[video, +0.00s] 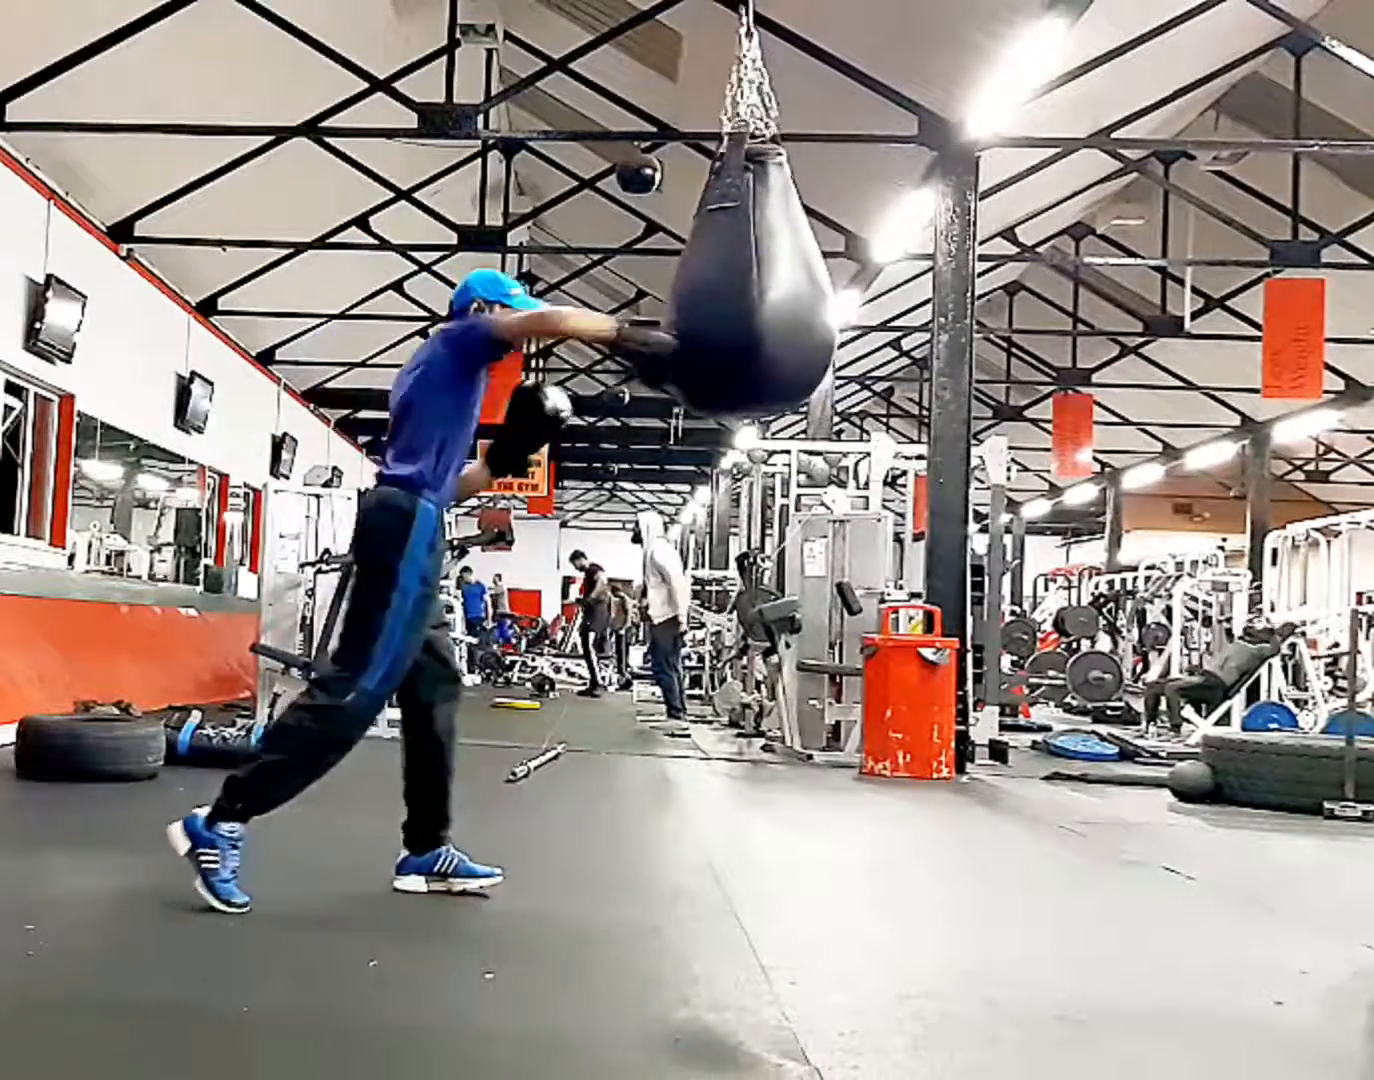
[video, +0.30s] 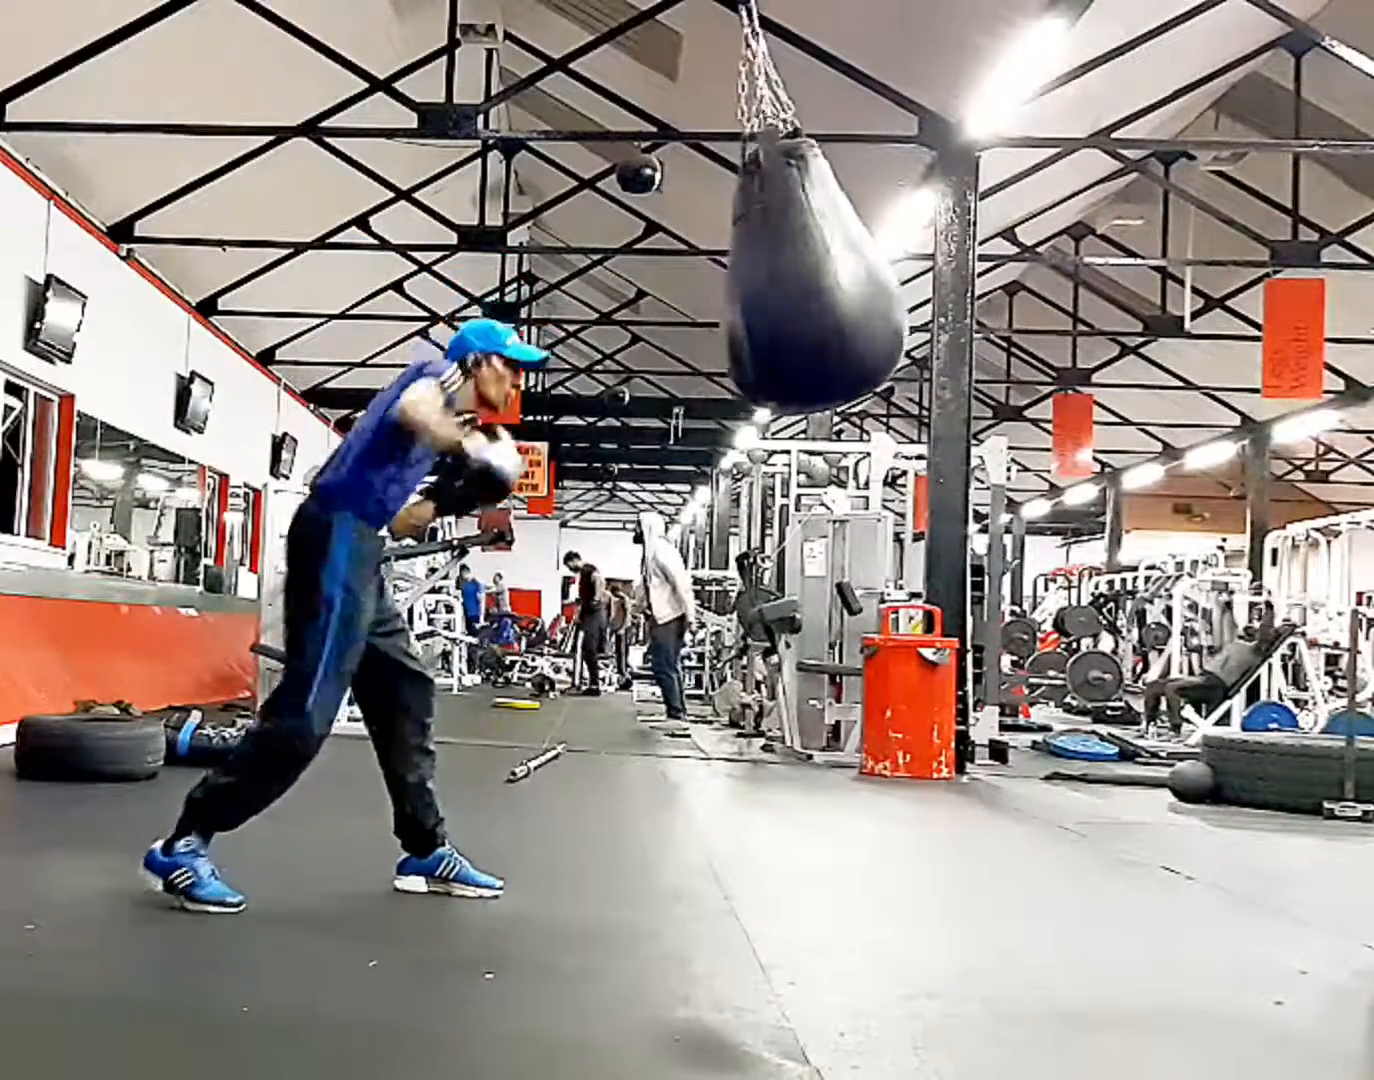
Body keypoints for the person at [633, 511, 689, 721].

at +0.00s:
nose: (633, 531)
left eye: (636, 527)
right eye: (634, 526)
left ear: (646, 529)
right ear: (650, 528)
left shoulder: (658, 550)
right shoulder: (652, 550)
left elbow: (677, 581)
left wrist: (681, 615)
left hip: (665, 617)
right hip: (660, 617)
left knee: (664, 667)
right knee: (670, 666)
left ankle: (676, 711)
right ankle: (677, 709)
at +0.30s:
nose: (634, 531)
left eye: (638, 527)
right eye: (636, 527)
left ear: (647, 529)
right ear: (651, 529)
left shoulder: (662, 551)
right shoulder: (649, 552)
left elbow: (681, 581)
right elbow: (649, 584)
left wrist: (690, 613)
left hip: (668, 616)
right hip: (660, 616)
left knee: (664, 666)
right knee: (668, 665)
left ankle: (676, 711)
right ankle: (676, 709)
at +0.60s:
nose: (631, 532)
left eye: (634, 528)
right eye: (632, 527)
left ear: (644, 530)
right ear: (647, 530)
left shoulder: (659, 551)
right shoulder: (645, 553)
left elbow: (680, 581)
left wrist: (691, 614)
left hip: (669, 617)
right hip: (658, 618)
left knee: (666, 667)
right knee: (669, 666)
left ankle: (676, 711)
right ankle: (675, 710)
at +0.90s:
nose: (628, 533)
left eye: (631, 529)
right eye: (629, 528)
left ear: (641, 531)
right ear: (645, 531)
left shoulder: (655, 554)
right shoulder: (646, 555)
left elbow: (668, 587)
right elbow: (654, 588)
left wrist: (665, 620)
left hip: (672, 616)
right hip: (665, 616)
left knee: (666, 668)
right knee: (673, 668)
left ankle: (676, 713)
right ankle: (678, 710)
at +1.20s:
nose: (649, 527)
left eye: (653, 523)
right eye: (651, 523)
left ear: (661, 526)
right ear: (670, 526)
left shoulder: (661, 545)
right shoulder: (673, 547)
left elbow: (632, 560)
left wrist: (599, 569)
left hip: (657, 610)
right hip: (670, 609)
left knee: (657, 666)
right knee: (667, 664)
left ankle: (675, 712)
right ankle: (677, 709)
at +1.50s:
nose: (653, 528)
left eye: (655, 524)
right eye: (654, 524)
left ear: (663, 525)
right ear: (673, 526)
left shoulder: (665, 543)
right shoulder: (674, 547)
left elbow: (634, 535)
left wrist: (608, 525)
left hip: (657, 606)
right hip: (669, 606)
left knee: (655, 662)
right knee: (665, 660)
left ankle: (674, 713)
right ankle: (677, 709)